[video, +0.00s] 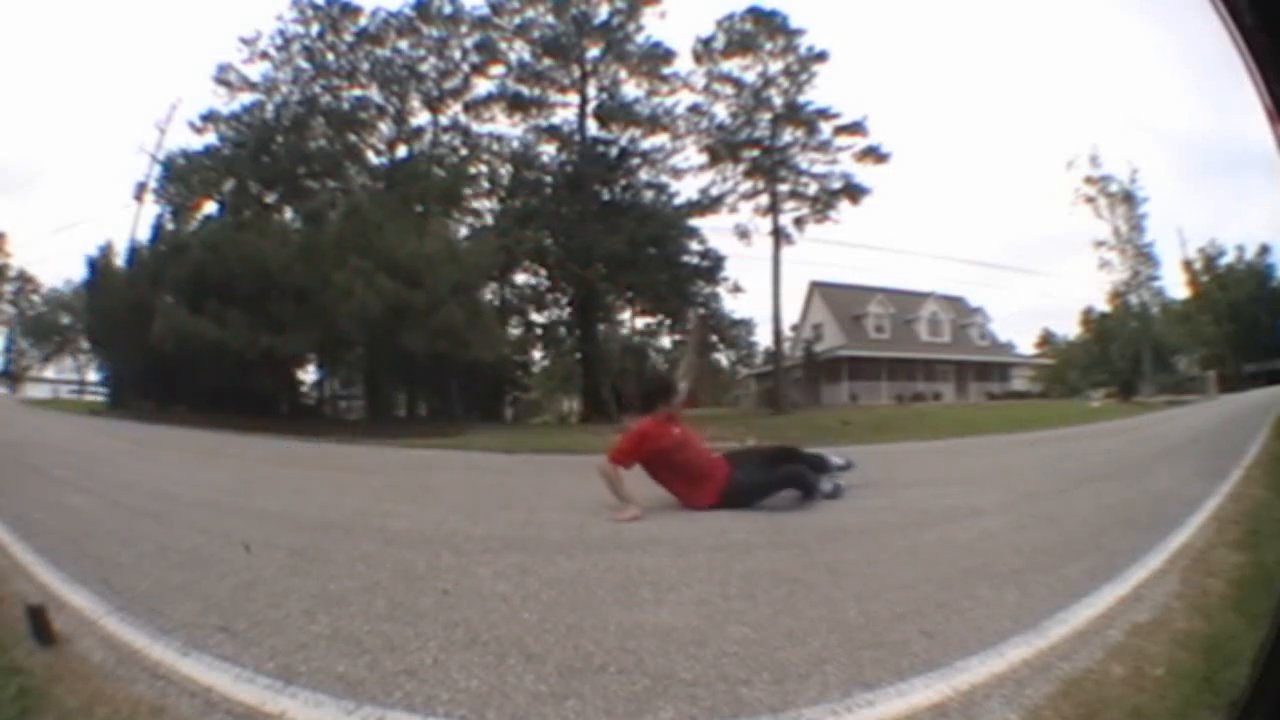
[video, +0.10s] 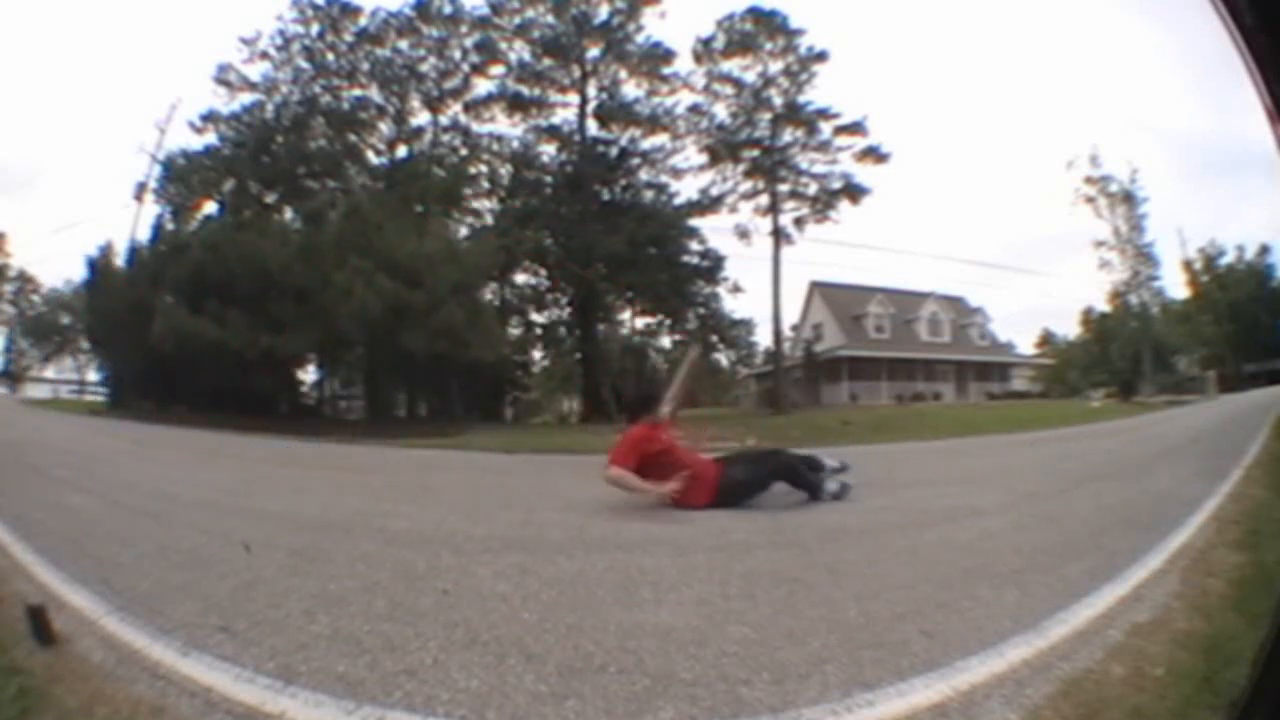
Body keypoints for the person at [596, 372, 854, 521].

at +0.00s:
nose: (682, 398)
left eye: (679, 393)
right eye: (677, 394)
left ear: (659, 399)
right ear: (666, 400)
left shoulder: (668, 418)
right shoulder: (647, 432)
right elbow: (608, 467)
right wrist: (628, 505)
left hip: (721, 466)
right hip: (717, 492)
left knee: (787, 454)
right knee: (791, 473)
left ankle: (824, 464)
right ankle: (821, 487)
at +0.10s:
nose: (660, 406)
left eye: (659, 401)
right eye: (656, 401)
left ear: (631, 408)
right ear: (649, 406)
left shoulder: (655, 427)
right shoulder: (637, 436)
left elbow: (672, 395)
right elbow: (614, 473)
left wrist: (690, 358)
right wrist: (656, 489)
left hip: (712, 470)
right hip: (709, 490)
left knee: (771, 456)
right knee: (776, 463)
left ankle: (818, 465)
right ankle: (819, 488)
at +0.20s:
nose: (643, 429)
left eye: (640, 425)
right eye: (637, 425)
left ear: (621, 431)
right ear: (627, 430)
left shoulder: (633, 449)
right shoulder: (623, 455)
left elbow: (655, 432)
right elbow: (637, 479)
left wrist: (677, 401)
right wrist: (685, 457)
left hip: (705, 475)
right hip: (706, 489)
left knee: (767, 453)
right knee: (771, 454)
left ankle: (814, 471)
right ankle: (822, 483)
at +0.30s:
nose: (619, 451)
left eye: (615, 449)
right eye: (613, 450)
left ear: (597, 461)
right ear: (605, 457)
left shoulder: (618, 474)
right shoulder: (615, 481)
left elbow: (650, 474)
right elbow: (647, 481)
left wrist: (662, 446)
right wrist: (673, 450)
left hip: (702, 475)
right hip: (702, 485)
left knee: (761, 446)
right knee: (763, 441)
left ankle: (807, 473)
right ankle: (820, 469)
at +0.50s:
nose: (599, 452)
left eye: (594, 450)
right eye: (593, 452)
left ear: (582, 468)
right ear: (586, 463)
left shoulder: (607, 479)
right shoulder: (607, 485)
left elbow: (652, 481)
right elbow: (654, 483)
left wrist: (673, 450)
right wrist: (679, 444)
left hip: (696, 480)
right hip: (696, 484)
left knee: (755, 462)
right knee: (745, 425)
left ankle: (812, 470)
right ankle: (815, 443)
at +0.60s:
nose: (595, 457)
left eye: (590, 455)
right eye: (589, 458)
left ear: (586, 467)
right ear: (583, 470)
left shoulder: (609, 479)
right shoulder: (607, 486)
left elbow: (650, 490)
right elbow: (651, 497)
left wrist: (674, 466)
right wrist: (671, 467)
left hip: (699, 481)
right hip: (698, 483)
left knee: (757, 463)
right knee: (745, 424)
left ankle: (814, 469)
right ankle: (814, 441)